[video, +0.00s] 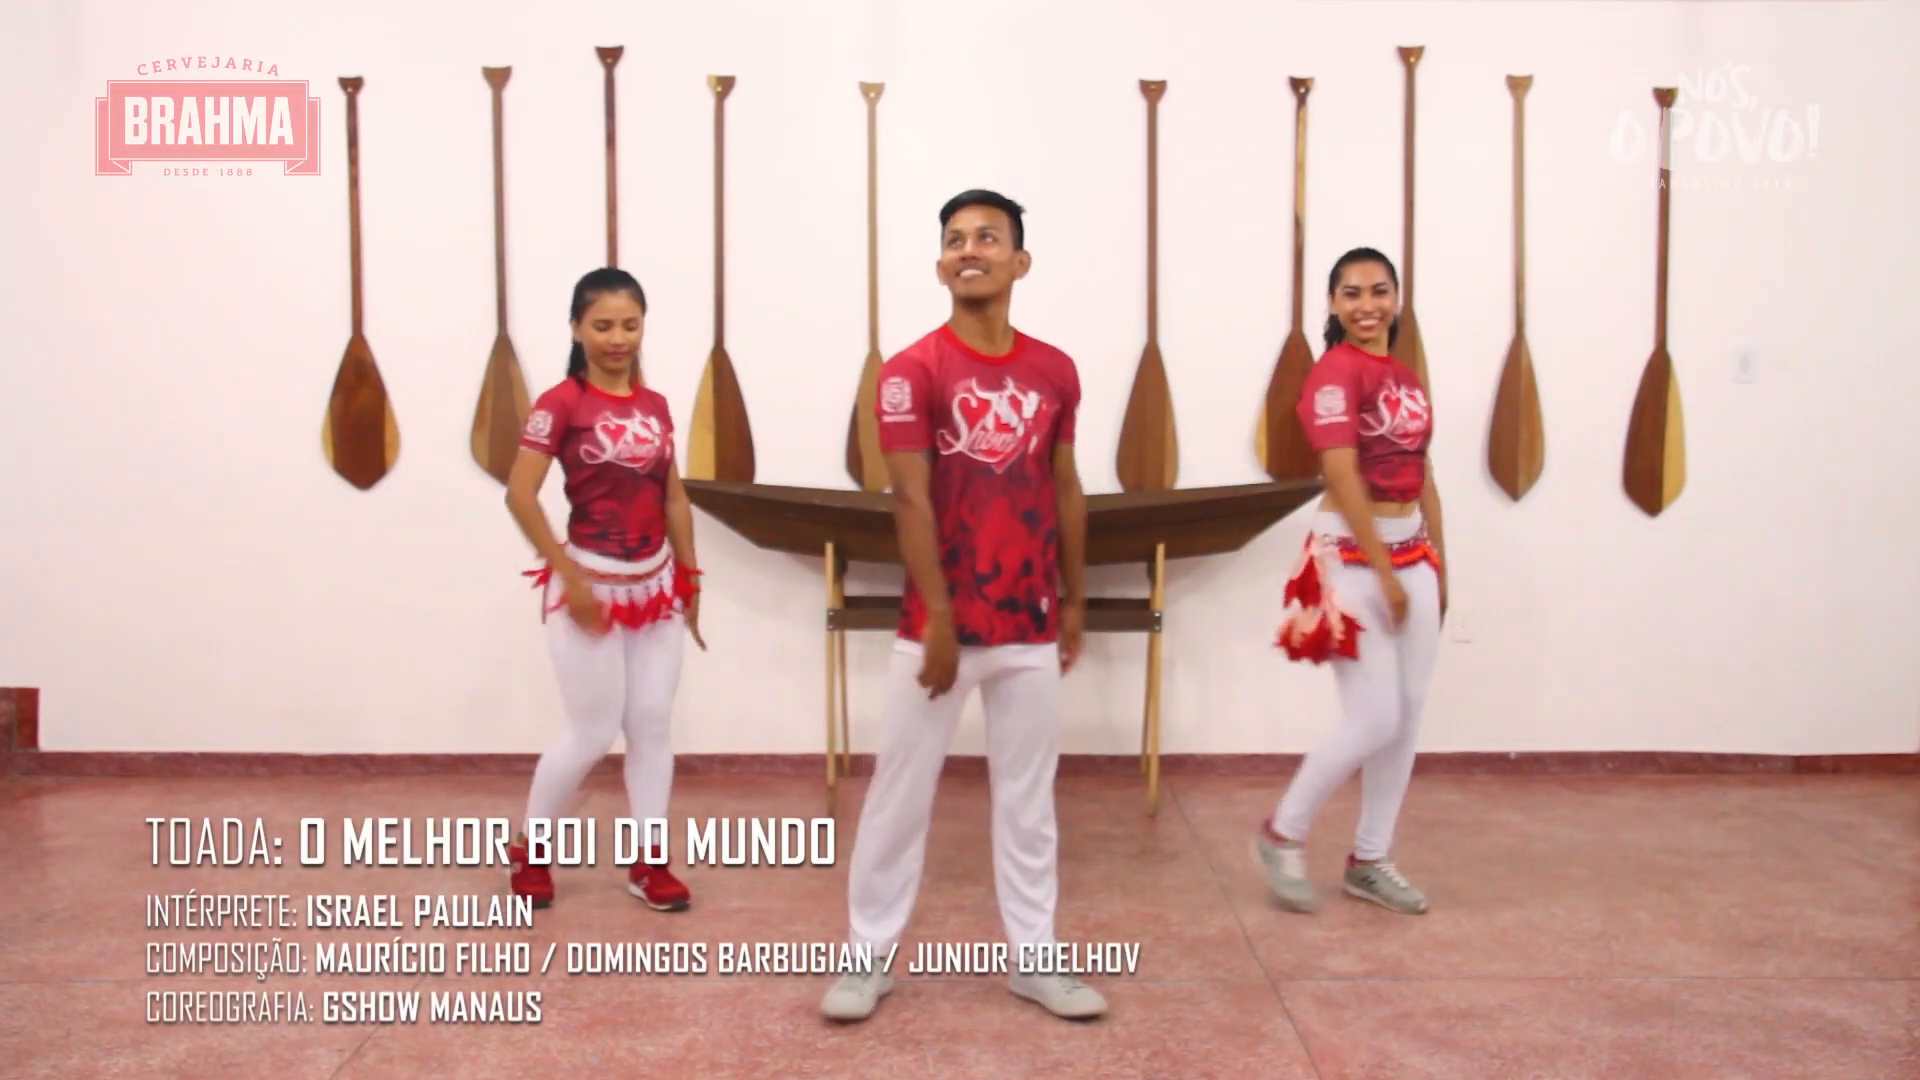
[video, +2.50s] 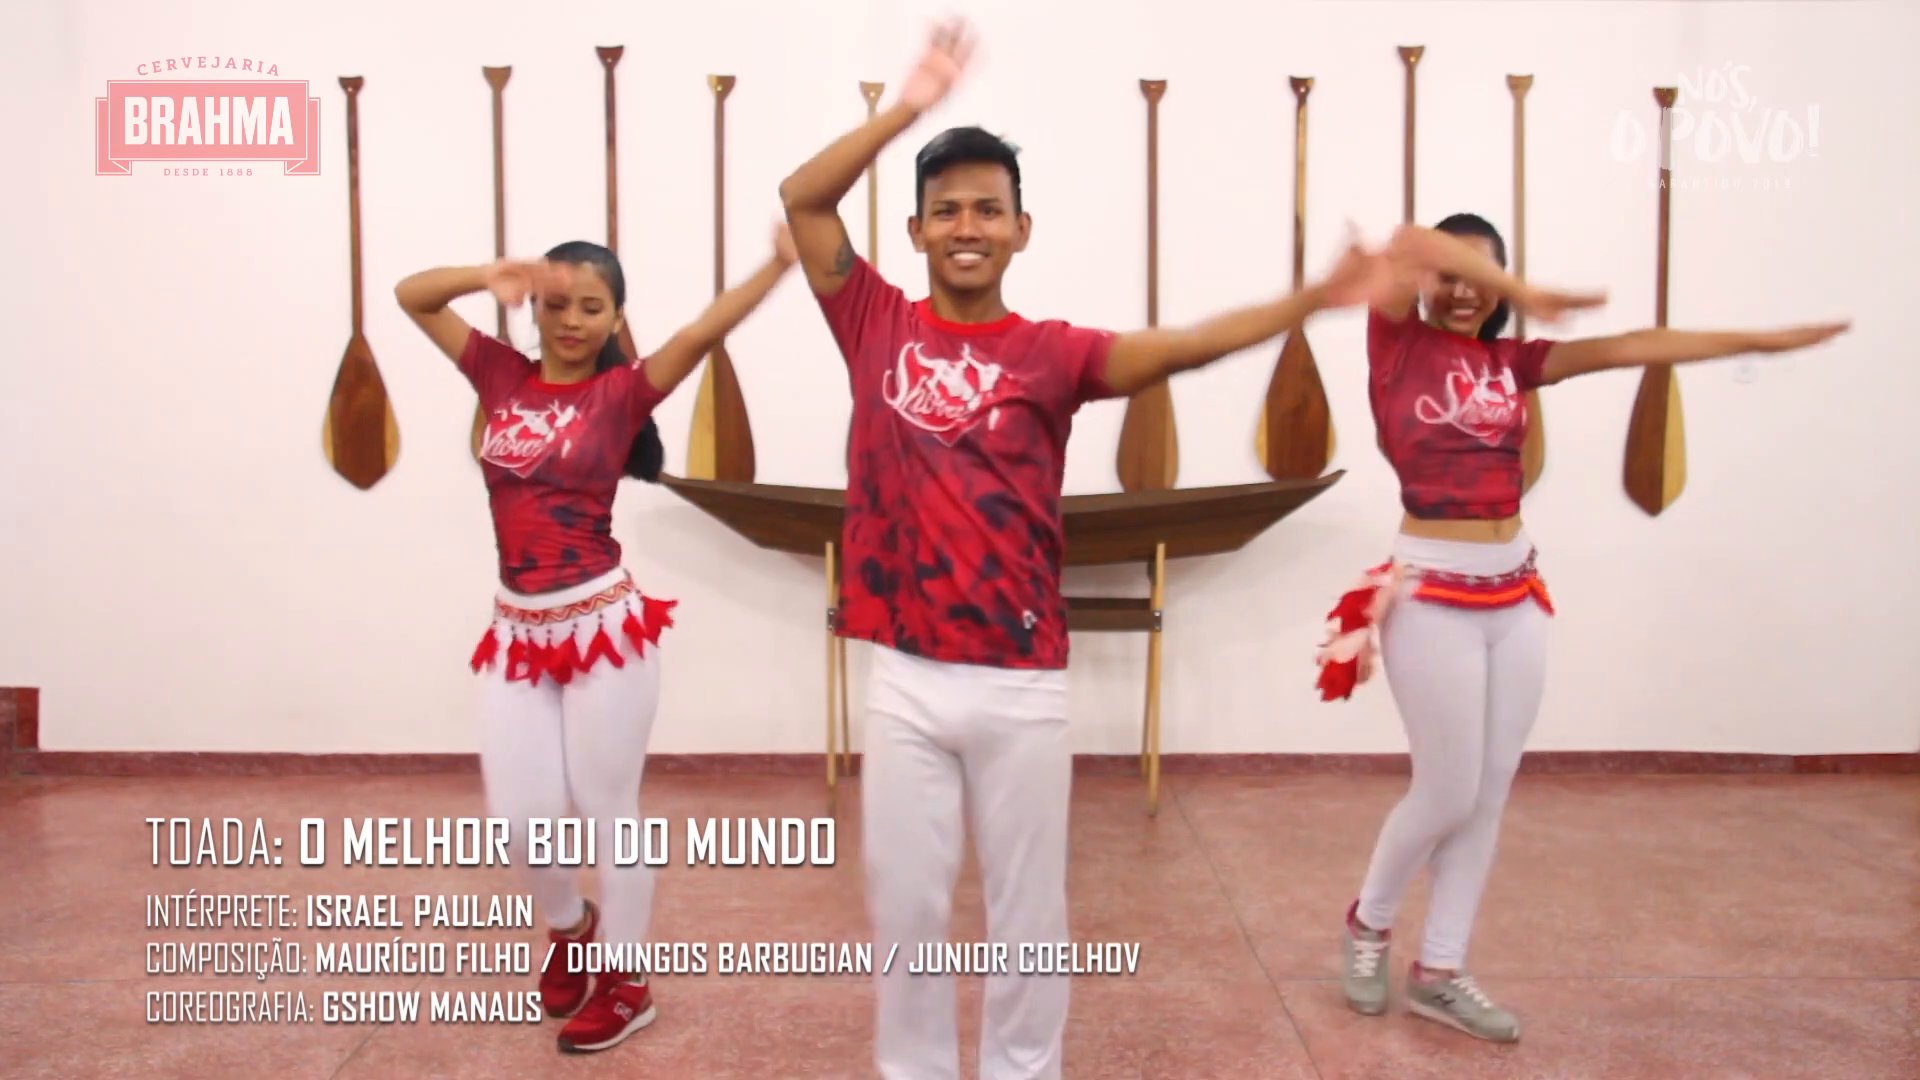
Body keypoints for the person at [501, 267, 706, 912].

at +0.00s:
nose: (618, 337)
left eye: (630, 324)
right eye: (603, 324)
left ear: (644, 328)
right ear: (578, 330)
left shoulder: (655, 404)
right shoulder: (561, 402)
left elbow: (675, 497)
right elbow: (520, 496)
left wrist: (690, 577)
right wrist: (569, 574)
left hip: (656, 583)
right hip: (587, 584)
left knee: (651, 727)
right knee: (593, 732)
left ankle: (650, 862)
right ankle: (532, 847)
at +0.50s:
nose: (603, 315)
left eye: (617, 304)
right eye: (587, 306)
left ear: (635, 320)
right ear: (566, 324)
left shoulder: (656, 386)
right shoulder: (555, 386)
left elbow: (730, 357)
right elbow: (540, 332)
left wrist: (805, 332)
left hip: (647, 590)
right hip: (569, 588)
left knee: (647, 737)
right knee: (538, 741)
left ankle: (650, 863)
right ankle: (495, 879)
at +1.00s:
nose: (518, 313)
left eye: (533, 302)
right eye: (506, 302)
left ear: (558, 316)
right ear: (488, 314)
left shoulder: (571, 384)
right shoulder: (467, 380)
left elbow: (585, 298)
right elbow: (381, 313)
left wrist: (548, 213)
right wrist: (315, 240)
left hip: (555, 598)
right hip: (476, 598)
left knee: (569, 757)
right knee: (483, 758)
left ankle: (629, 818)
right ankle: (492, 905)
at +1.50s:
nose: (486, 323)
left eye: (499, 306)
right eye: (474, 310)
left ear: (527, 316)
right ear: (461, 322)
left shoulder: (539, 388)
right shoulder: (461, 393)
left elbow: (530, 310)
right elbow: (395, 378)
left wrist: (429, 300)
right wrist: (332, 362)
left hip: (530, 608)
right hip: (461, 609)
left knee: (489, 765)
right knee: (470, 770)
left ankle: (537, 910)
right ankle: (498, 908)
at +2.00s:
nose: (519, 309)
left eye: (536, 296)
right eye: (507, 298)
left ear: (572, 311)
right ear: (496, 315)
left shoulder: (578, 386)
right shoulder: (488, 381)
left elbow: (589, 304)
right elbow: (410, 313)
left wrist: (582, 209)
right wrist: (391, 212)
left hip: (556, 620)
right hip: (484, 623)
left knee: (574, 785)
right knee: (497, 782)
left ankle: (620, 970)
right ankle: (509, 913)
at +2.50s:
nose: (570, 319)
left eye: (589, 306)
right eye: (557, 302)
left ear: (616, 318)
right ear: (534, 309)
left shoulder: (621, 394)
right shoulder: (502, 377)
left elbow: (703, 332)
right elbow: (413, 295)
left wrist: (778, 265)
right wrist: (488, 274)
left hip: (604, 631)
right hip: (516, 634)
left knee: (609, 810)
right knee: (523, 818)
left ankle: (626, 975)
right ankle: (570, 928)